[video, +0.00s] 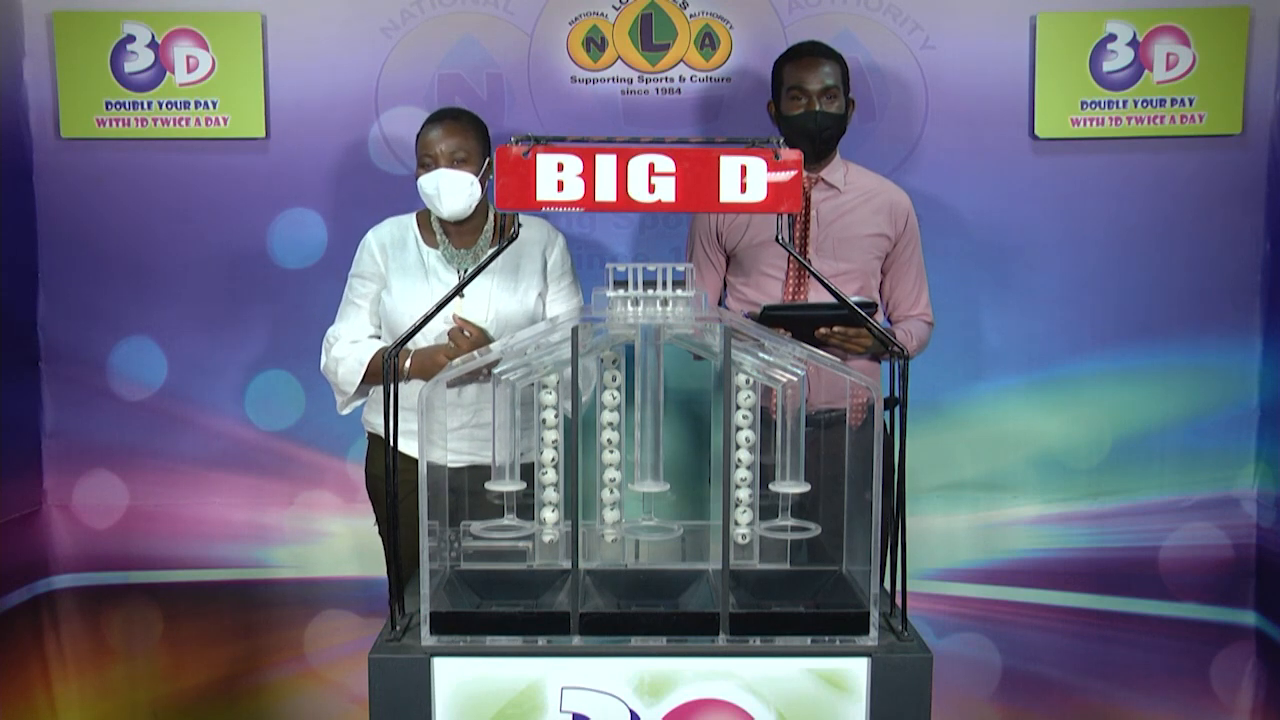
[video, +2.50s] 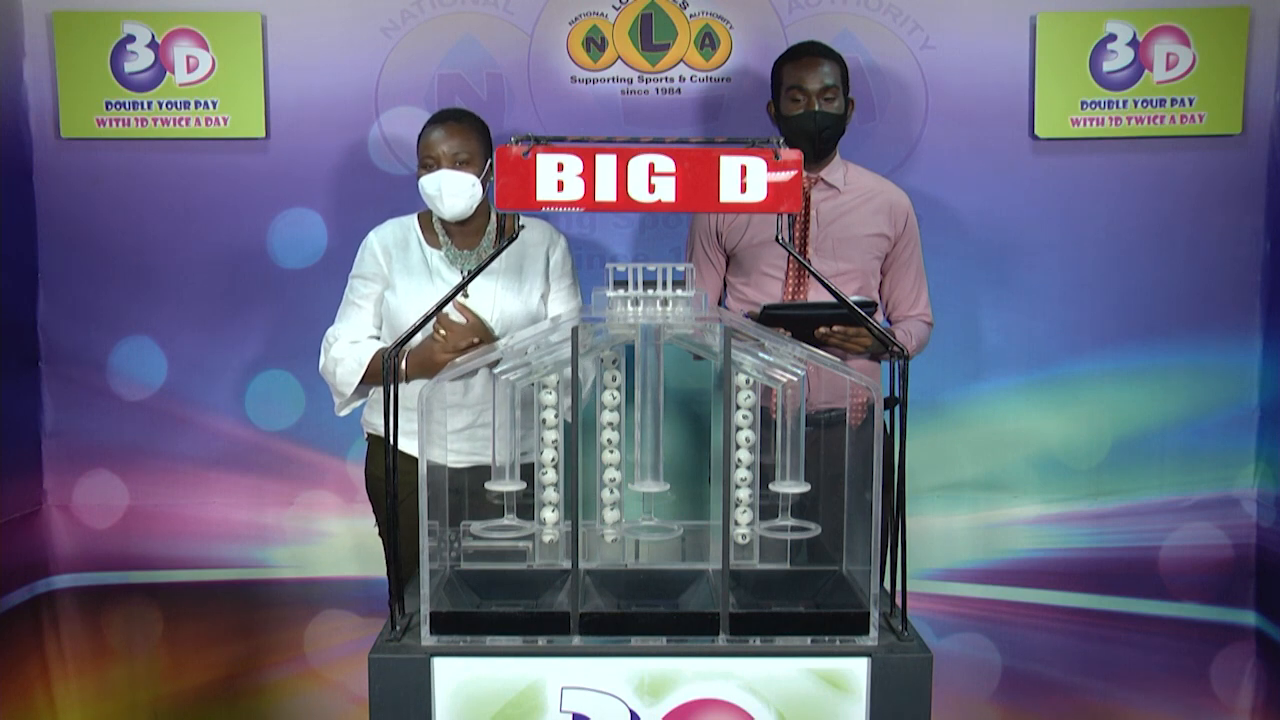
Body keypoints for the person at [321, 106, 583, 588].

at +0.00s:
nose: (445, 177)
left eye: (459, 161)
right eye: (431, 164)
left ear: (487, 166)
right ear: (418, 172)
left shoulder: (540, 243)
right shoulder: (383, 245)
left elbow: (571, 354)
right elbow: (341, 356)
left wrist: (498, 357)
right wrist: (420, 361)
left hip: (509, 461)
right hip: (407, 462)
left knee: (503, 616)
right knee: (416, 615)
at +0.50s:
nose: (447, 179)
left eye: (462, 162)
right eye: (433, 165)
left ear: (490, 166)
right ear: (420, 172)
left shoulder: (544, 244)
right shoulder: (387, 246)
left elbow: (575, 360)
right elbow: (344, 357)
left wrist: (500, 356)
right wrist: (429, 360)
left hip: (512, 463)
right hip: (409, 463)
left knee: (506, 616)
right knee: (416, 617)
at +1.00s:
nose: (450, 179)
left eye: (465, 163)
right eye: (436, 166)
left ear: (491, 165)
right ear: (422, 171)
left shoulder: (546, 246)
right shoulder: (386, 246)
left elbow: (580, 365)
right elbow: (342, 357)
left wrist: (506, 353)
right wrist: (419, 362)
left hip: (514, 464)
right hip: (410, 464)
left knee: (508, 618)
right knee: (418, 619)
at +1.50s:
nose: (445, 180)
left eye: (459, 164)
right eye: (430, 167)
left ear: (487, 167)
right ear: (417, 174)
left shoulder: (543, 245)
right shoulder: (386, 247)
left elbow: (576, 360)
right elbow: (343, 359)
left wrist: (502, 355)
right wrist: (426, 360)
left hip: (513, 463)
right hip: (409, 464)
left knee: (506, 615)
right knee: (417, 615)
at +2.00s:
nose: (444, 180)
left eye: (459, 164)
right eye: (430, 167)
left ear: (487, 167)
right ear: (417, 174)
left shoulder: (544, 247)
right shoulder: (385, 247)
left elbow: (574, 362)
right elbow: (342, 358)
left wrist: (502, 355)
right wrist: (423, 361)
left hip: (512, 465)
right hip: (408, 465)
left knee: (505, 617)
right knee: (416, 616)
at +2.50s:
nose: (447, 180)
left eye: (462, 164)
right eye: (433, 166)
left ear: (489, 166)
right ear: (419, 171)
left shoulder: (543, 246)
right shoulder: (385, 246)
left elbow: (569, 360)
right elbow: (340, 359)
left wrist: (494, 351)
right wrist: (417, 361)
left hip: (510, 463)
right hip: (407, 463)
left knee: (504, 619)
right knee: (415, 617)